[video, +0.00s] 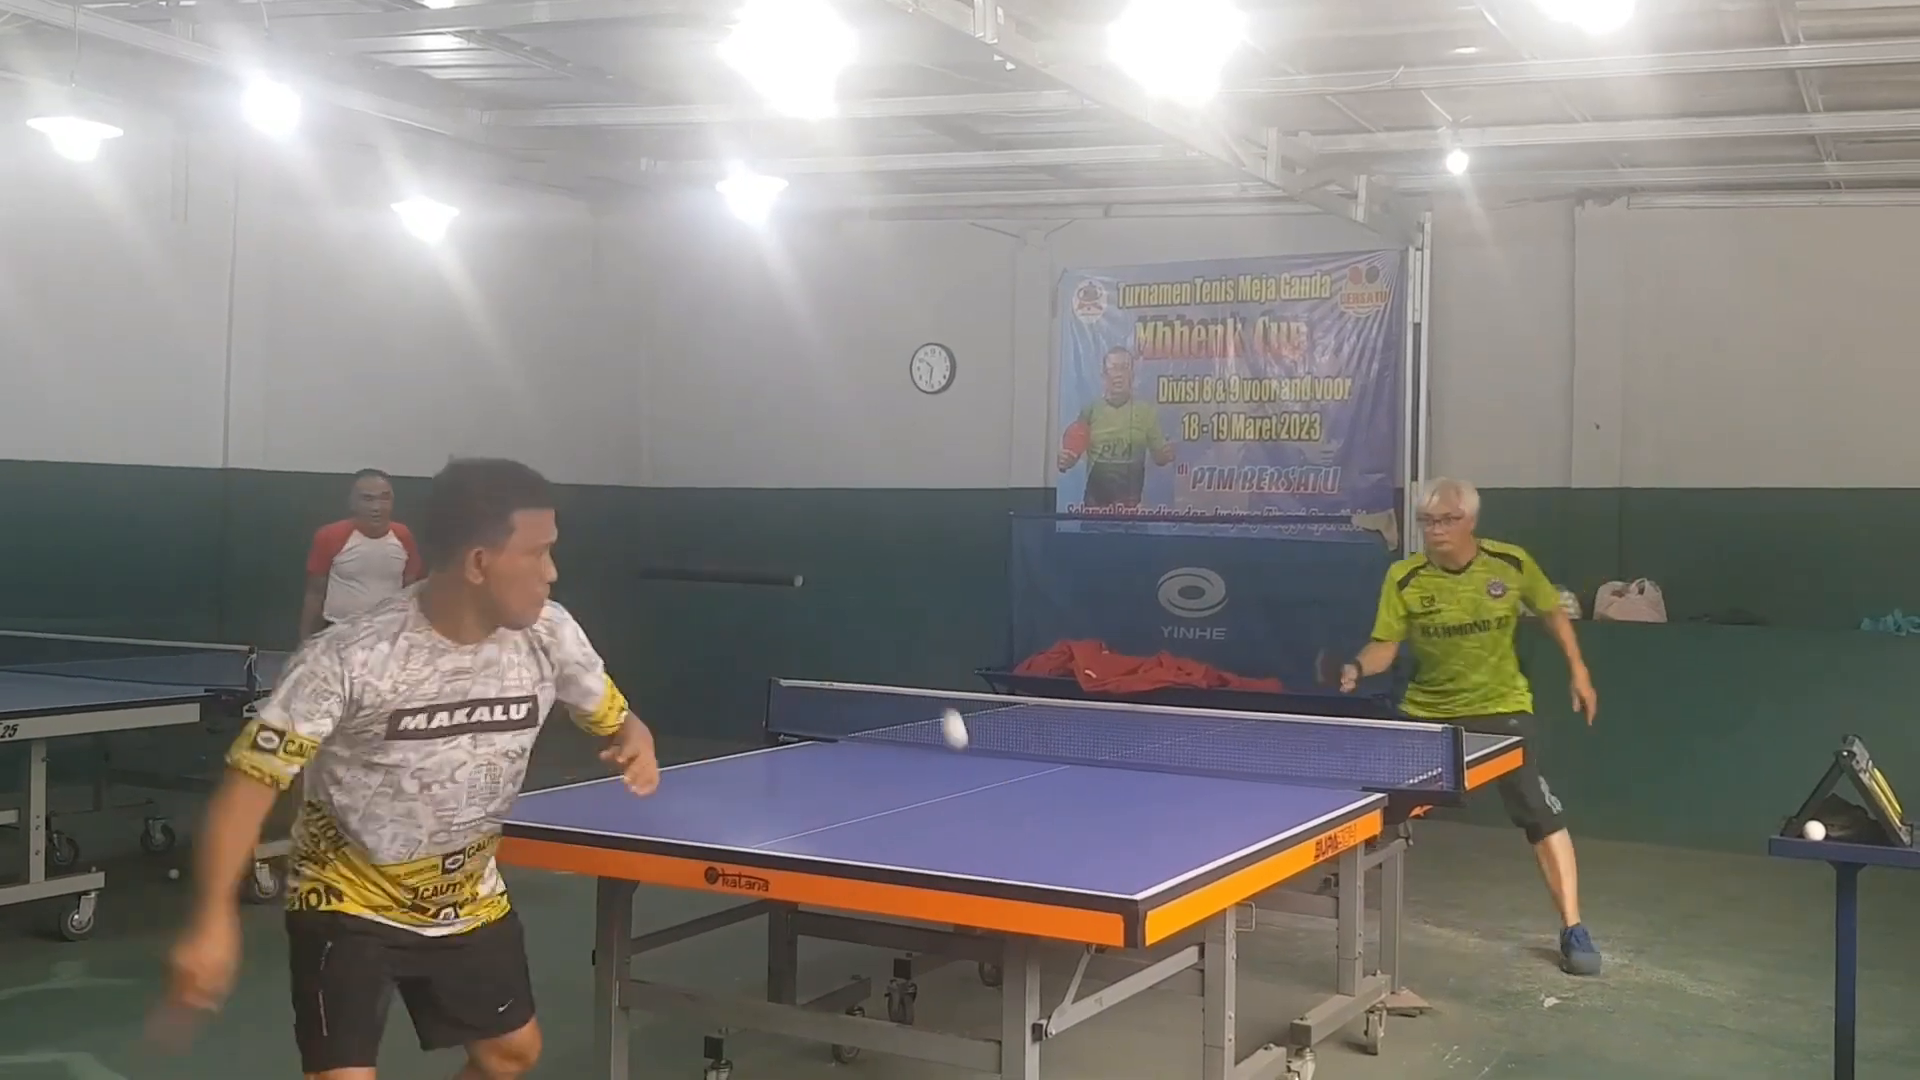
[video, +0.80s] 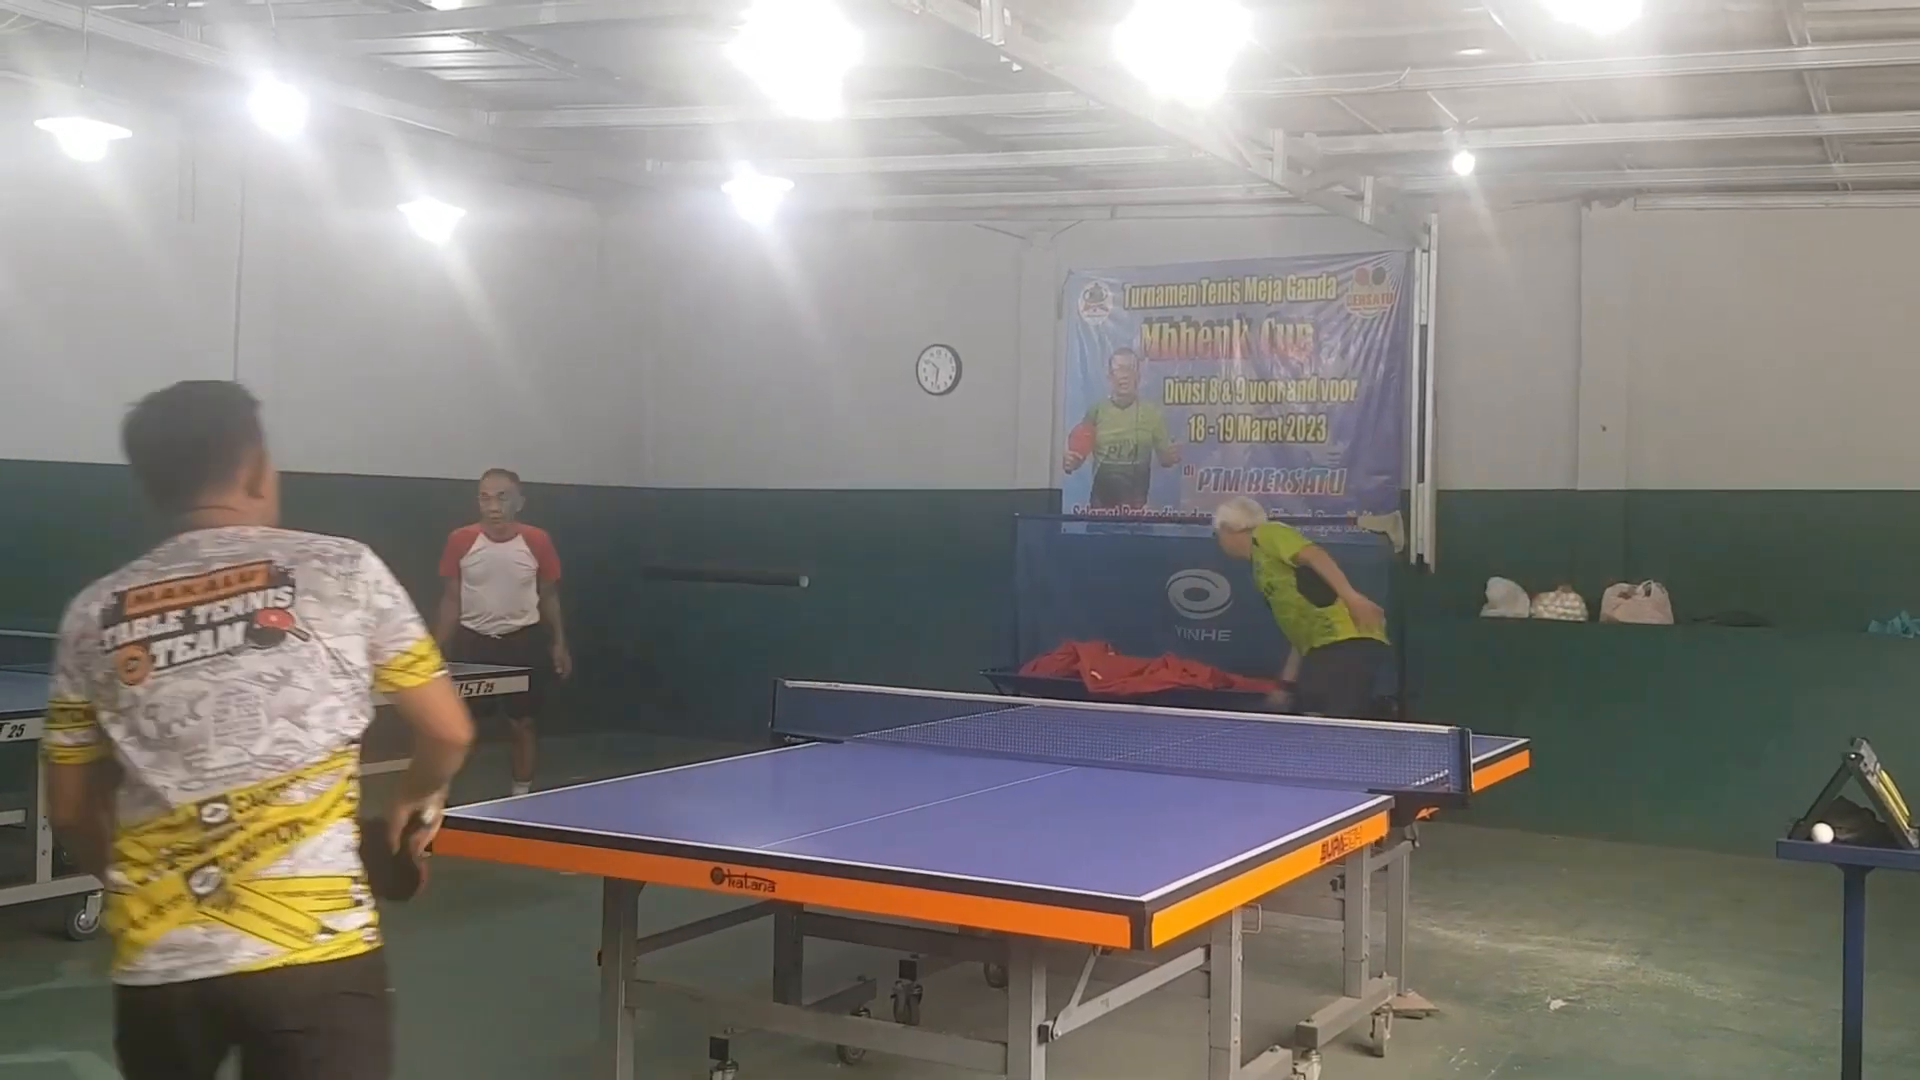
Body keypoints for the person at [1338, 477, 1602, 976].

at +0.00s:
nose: (1436, 529)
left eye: (1447, 520)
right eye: (1428, 521)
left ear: (1471, 523)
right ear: (1420, 524)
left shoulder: (1511, 564)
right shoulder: (1403, 578)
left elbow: (1552, 612)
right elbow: (1383, 647)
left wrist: (1578, 669)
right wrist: (1358, 667)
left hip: (1499, 705)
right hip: (1424, 707)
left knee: (1536, 806)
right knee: (1376, 799)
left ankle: (1573, 928)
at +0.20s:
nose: (1414, 510)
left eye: (1423, 500)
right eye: (1406, 502)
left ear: (1445, 502)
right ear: (1396, 507)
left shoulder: (1484, 536)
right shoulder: (1385, 558)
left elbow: (1538, 582)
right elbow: (1366, 618)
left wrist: (1542, 607)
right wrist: (1336, 648)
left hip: (1489, 681)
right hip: (1420, 679)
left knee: (1521, 787)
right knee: (1378, 756)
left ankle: (1547, 865)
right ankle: (1360, 853)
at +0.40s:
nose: (1346, 503)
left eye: (1356, 492)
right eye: (1347, 493)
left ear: (1386, 498)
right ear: (1362, 501)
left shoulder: (1431, 525)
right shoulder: (1353, 555)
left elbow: (1499, 550)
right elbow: (1305, 582)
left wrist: (1548, 584)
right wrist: (1248, 594)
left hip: (1483, 672)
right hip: (1421, 675)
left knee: (1525, 770)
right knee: (1380, 753)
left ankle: (1558, 866)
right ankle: (1380, 846)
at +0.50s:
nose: (1306, 515)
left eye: (1313, 505)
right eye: (1306, 507)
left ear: (1344, 506)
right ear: (1323, 514)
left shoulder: (1390, 529)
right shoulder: (1314, 557)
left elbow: (1457, 545)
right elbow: (1258, 555)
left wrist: (1515, 575)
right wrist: (1208, 541)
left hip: (1453, 656)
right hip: (1403, 671)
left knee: (1513, 739)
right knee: (1372, 748)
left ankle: (1592, 826)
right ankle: (1375, 836)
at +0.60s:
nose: (1272, 548)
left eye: (1276, 539)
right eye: (1271, 541)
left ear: (1301, 536)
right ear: (1289, 543)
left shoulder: (1342, 547)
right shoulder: (1294, 588)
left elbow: (1407, 566)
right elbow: (1238, 582)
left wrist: (1463, 591)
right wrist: (1200, 538)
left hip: (1417, 669)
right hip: (1376, 685)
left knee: (1482, 737)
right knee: (1364, 756)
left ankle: (1598, 735)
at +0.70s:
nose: (1245, 553)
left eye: (1247, 544)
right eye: (1243, 546)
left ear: (1264, 539)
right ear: (1264, 544)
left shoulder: (1298, 545)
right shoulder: (1282, 586)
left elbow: (1349, 569)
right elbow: (1269, 640)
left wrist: (1391, 613)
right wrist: (1222, 620)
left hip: (1382, 655)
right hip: (1355, 675)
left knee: (1414, 737)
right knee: (1353, 748)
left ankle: (1512, 706)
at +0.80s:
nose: (1219, 544)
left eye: (1219, 535)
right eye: (1218, 536)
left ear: (1233, 529)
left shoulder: (1267, 533)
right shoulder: (1262, 566)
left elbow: (1314, 556)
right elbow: (1303, 627)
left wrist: (1352, 598)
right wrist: (1286, 684)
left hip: (1346, 642)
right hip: (1322, 650)